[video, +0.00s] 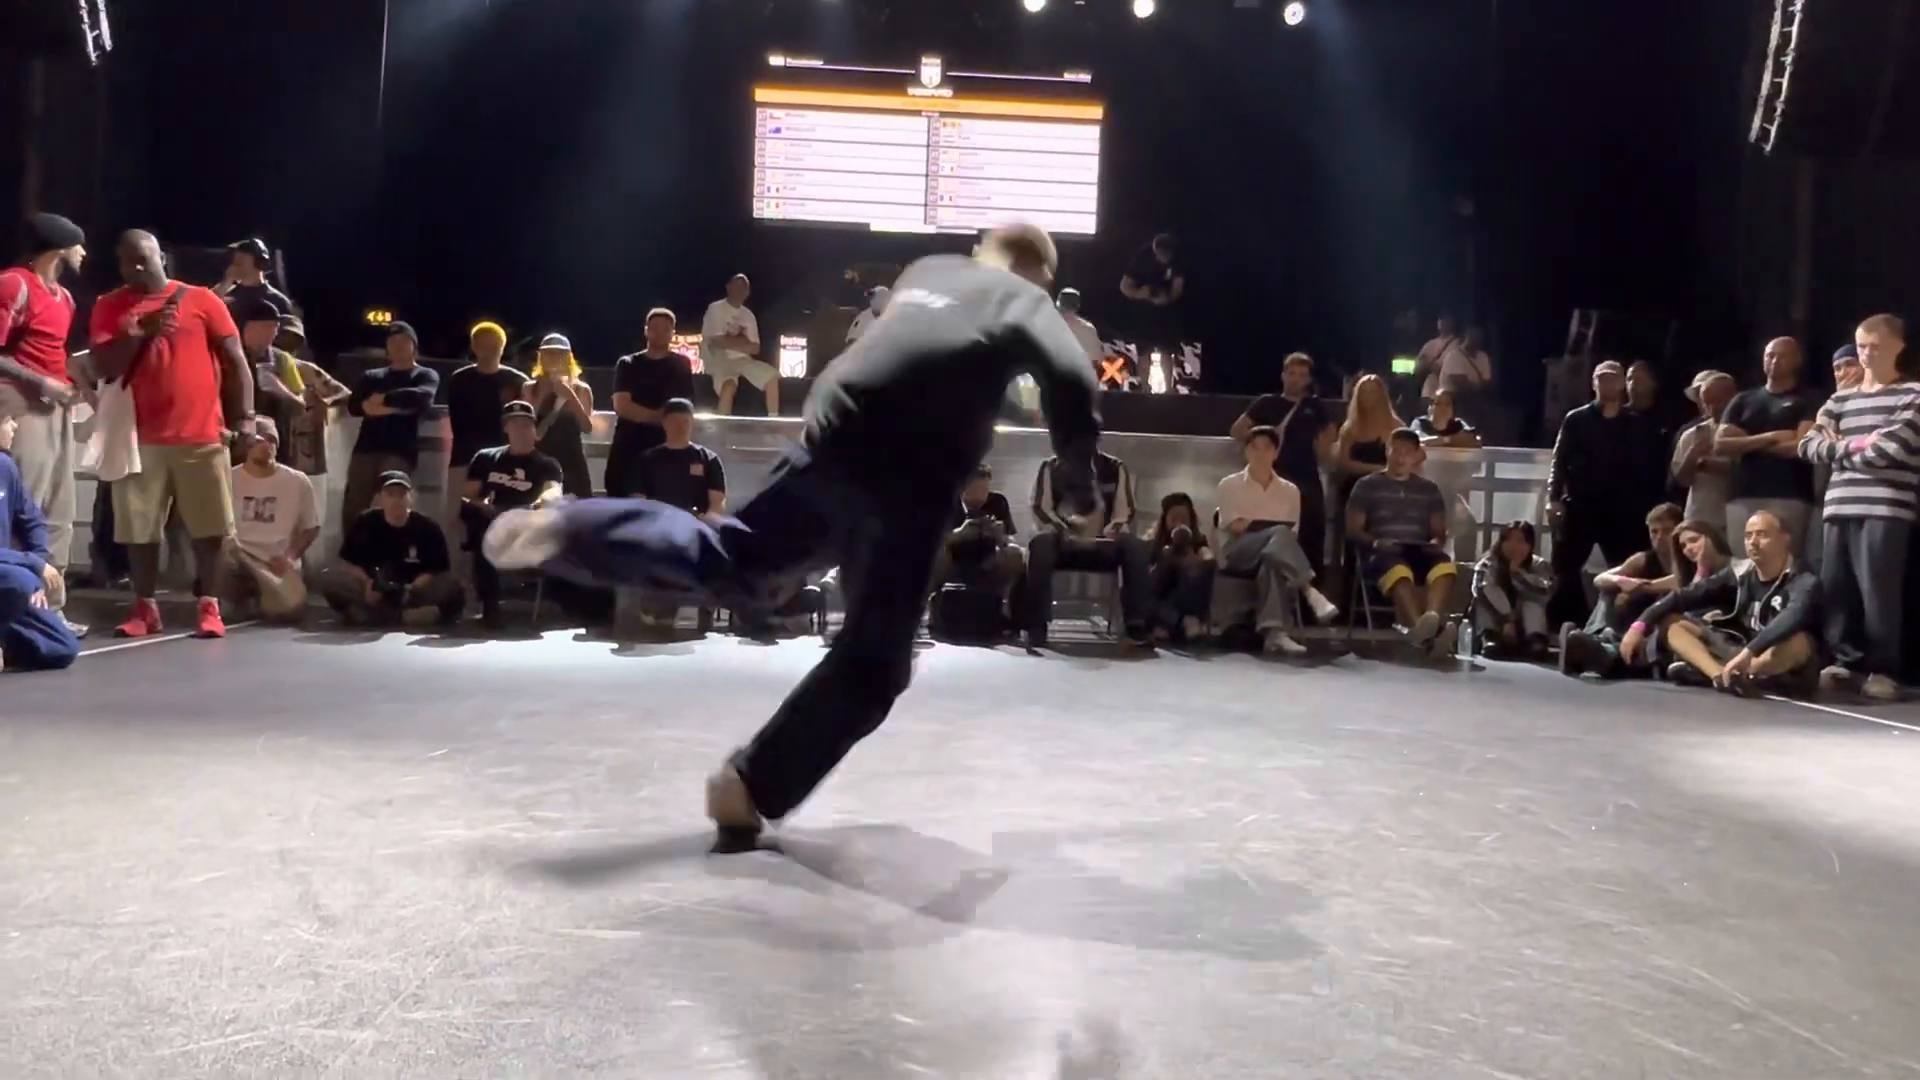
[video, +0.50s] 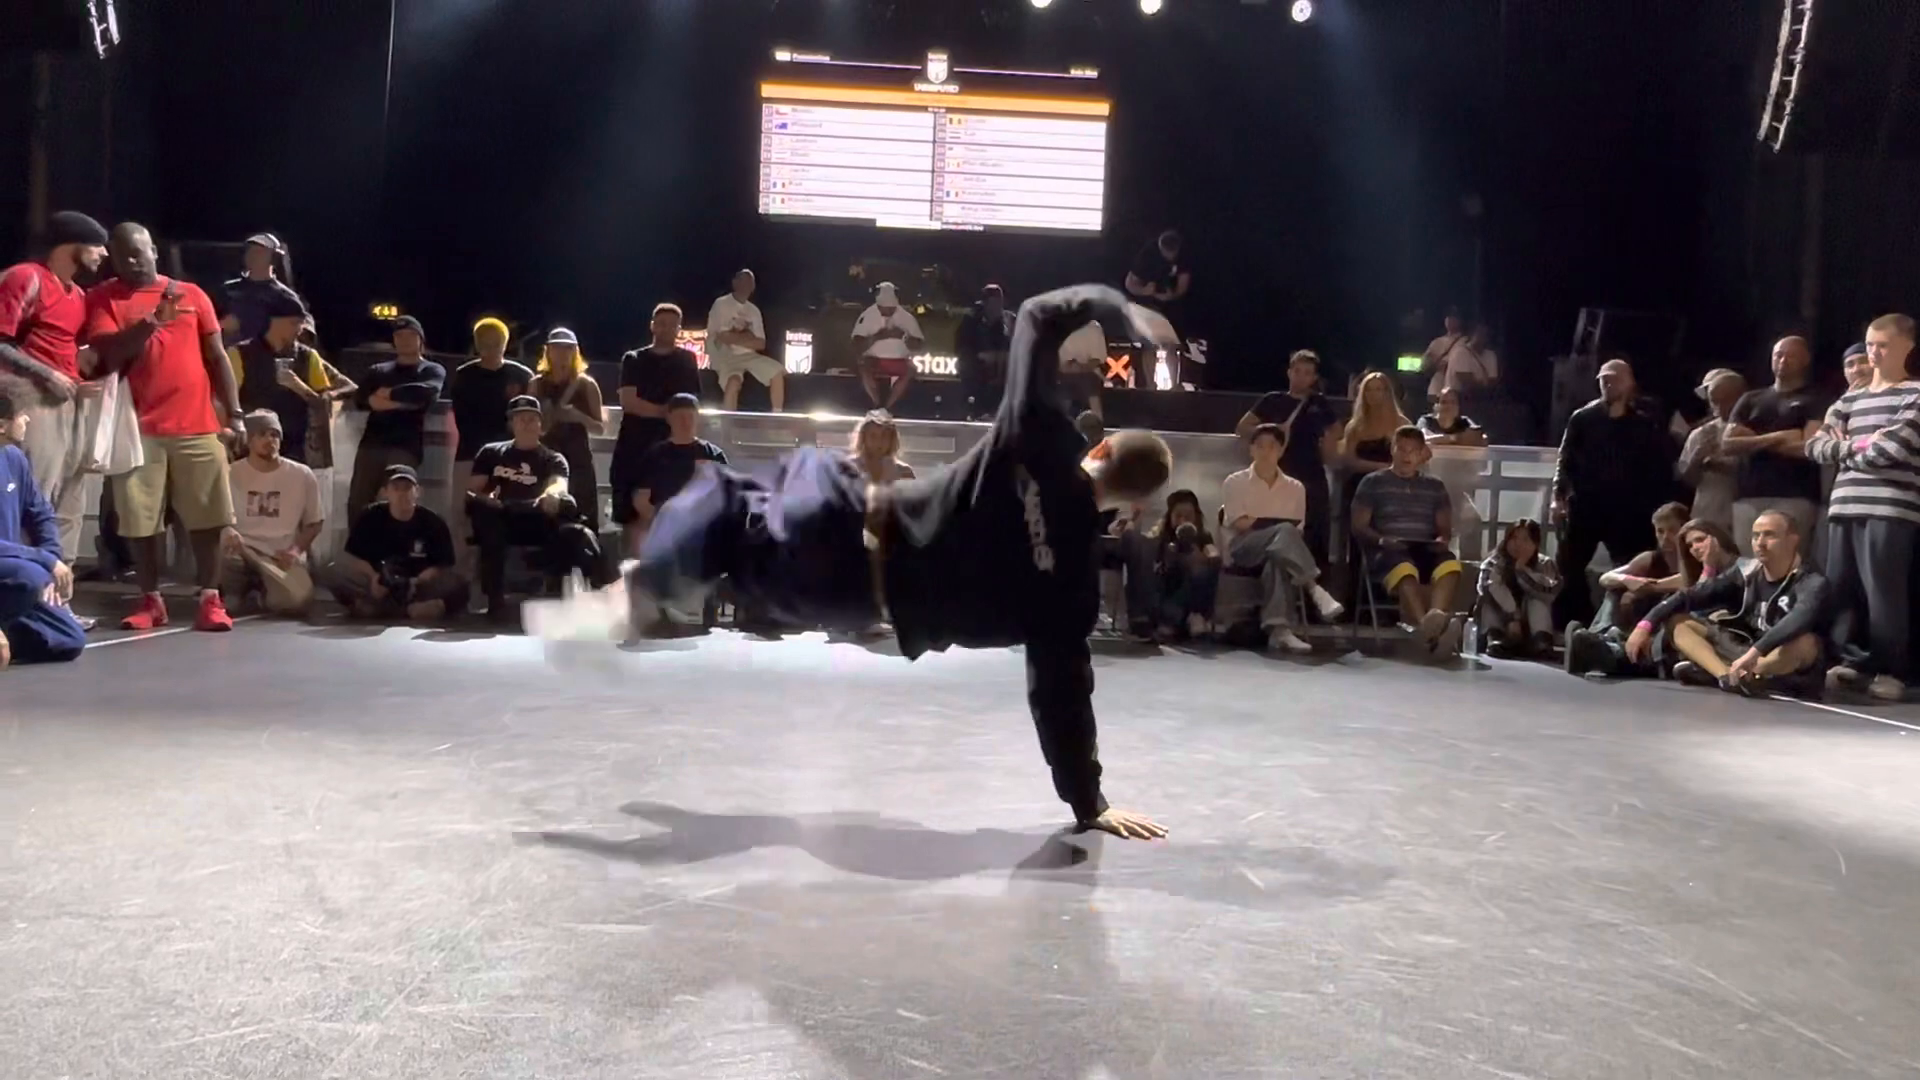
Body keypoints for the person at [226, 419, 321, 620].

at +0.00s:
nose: (267, 445)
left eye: (272, 439)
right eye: (260, 439)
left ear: (277, 444)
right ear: (245, 443)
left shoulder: (298, 481)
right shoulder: (228, 478)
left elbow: (311, 526)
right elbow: (217, 518)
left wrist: (288, 557)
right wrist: (226, 542)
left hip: (277, 562)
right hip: (238, 557)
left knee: (290, 607)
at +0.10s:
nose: (268, 444)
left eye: (273, 438)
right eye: (261, 437)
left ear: (278, 444)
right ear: (246, 441)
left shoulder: (299, 480)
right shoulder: (229, 477)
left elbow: (311, 526)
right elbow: (218, 521)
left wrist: (291, 556)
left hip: (278, 561)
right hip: (239, 555)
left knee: (292, 604)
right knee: (226, 542)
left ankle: (252, 602)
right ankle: (219, 604)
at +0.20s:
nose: (268, 443)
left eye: (273, 437)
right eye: (261, 437)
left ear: (278, 442)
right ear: (248, 441)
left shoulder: (299, 478)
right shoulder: (230, 475)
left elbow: (311, 525)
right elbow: (219, 518)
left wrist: (291, 554)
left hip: (279, 559)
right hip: (240, 553)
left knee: (292, 603)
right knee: (227, 540)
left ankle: (251, 600)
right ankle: (219, 604)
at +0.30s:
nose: (269, 441)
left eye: (274, 435)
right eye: (262, 435)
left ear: (279, 441)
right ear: (248, 440)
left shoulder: (300, 477)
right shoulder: (230, 474)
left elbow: (312, 522)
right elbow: (217, 515)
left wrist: (293, 552)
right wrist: (226, 537)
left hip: (279, 557)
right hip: (240, 551)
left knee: (294, 601)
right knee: (226, 539)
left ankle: (254, 598)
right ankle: (225, 601)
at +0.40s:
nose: (269, 440)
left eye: (274, 435)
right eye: (262, 434)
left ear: (280, 440)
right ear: (249, 440)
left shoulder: (301, 476)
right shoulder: (230, 473)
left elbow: (313, 522)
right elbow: (215, 511)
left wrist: (294, 551)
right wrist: (226, 534)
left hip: (279, 556)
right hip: (240, 551)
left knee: (295, 601)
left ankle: (254, 598)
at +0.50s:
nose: (270, 440)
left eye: (275, 434)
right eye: (263, 434)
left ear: (280, 439)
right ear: (249, 439)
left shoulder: (302, 475)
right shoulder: (231, 473)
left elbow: (314, 521)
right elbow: (219, 507)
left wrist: (296, 550)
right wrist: (227, 529)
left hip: (282, 555)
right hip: (242, 550)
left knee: (296, 600)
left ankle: (258, 595)